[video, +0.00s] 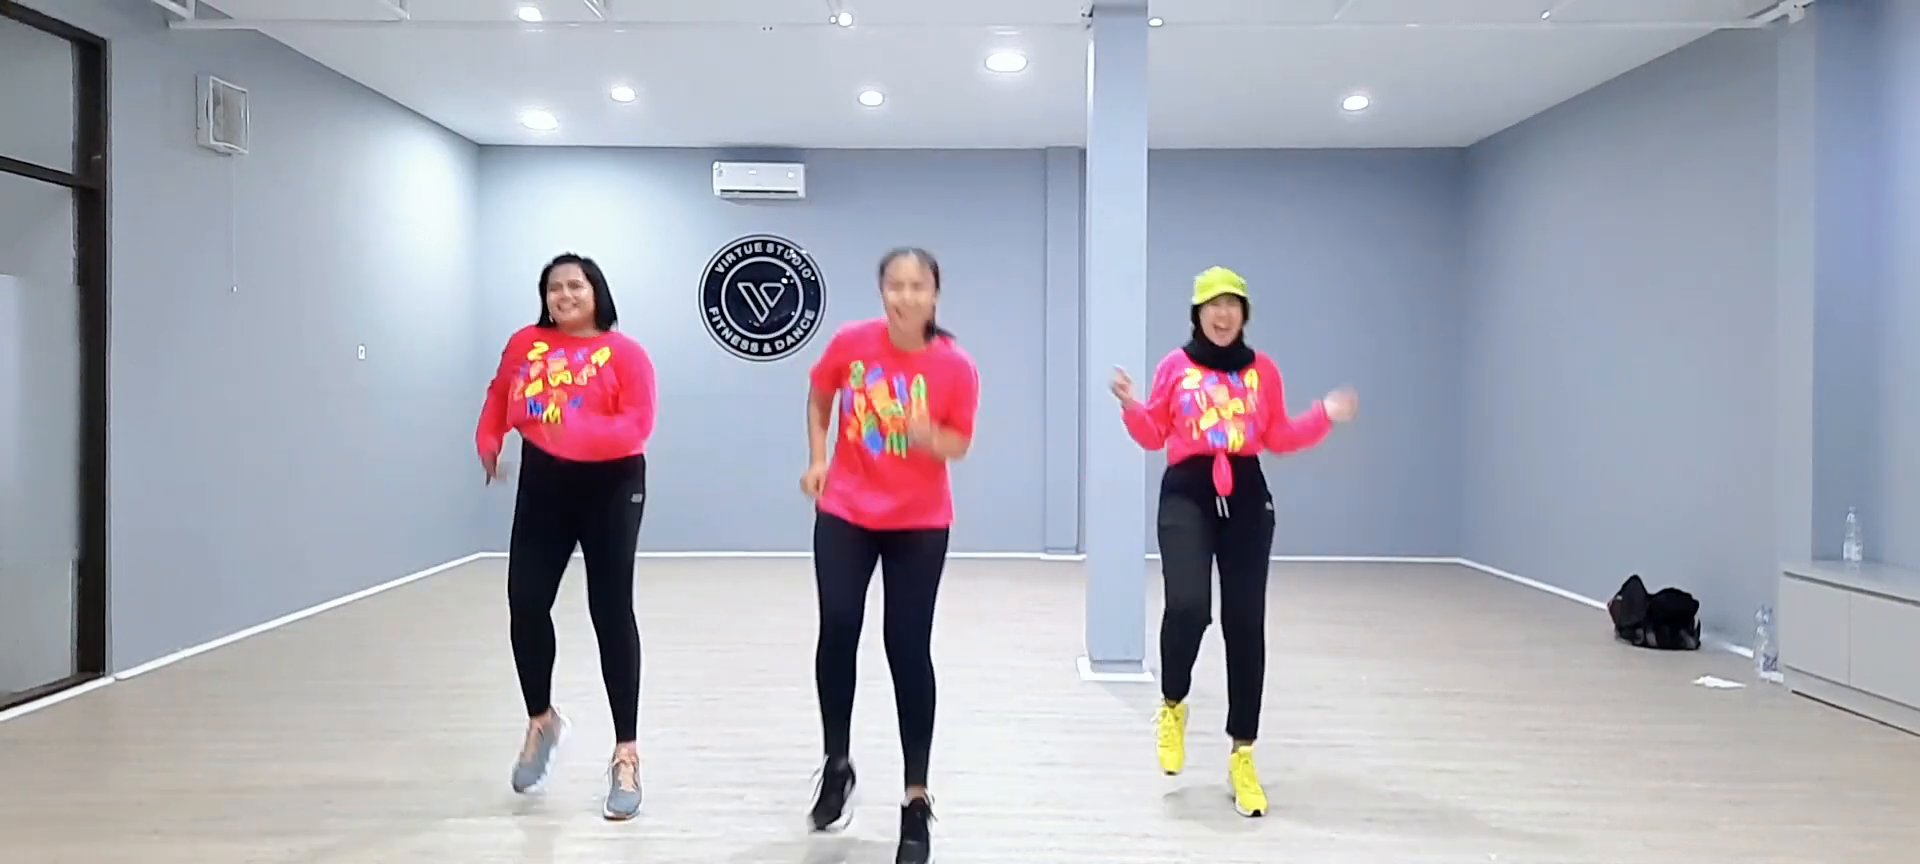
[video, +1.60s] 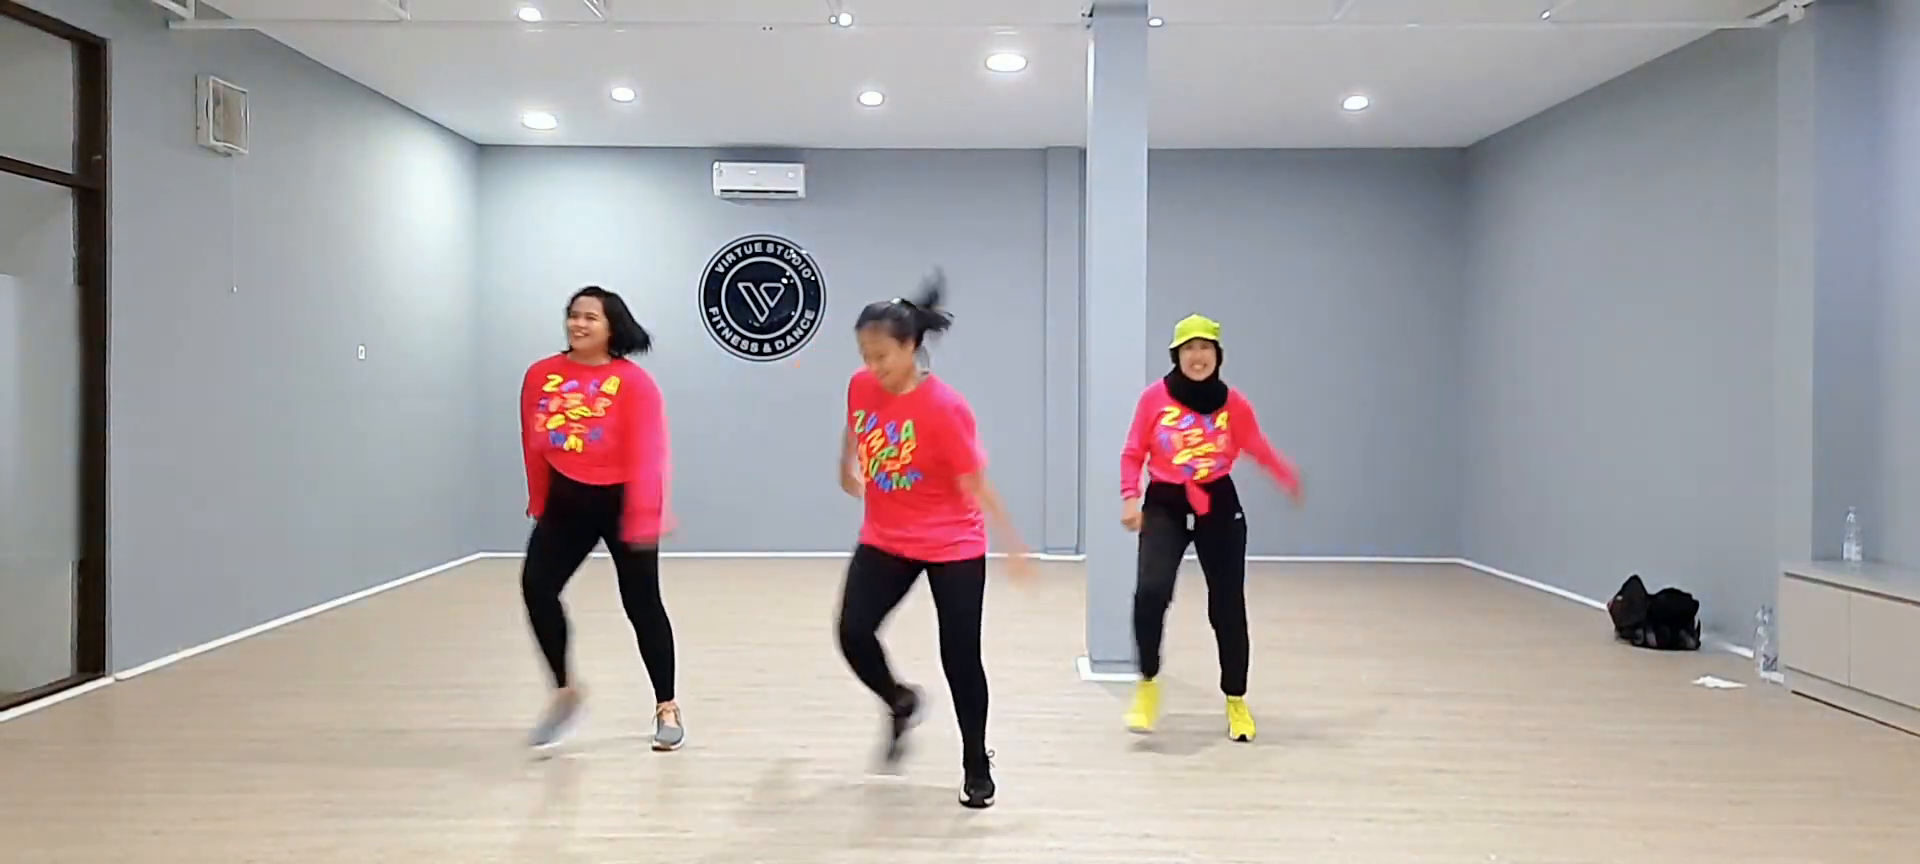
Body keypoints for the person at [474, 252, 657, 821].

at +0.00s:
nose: (566, 294)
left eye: (577, 284)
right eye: (555, 287)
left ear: (599, 293)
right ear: (545, 299)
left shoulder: (627, 354)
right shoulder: (525, 344)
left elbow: (638, 427)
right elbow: (500, 396)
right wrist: (489, 438)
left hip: (612, 490)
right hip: (544, 485)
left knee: (612, 611)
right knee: (525, 603)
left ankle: (626, 753)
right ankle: (541, 719)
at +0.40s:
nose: (556, 299)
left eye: (566, 290)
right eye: (547, 291)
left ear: (585, 298)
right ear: (533, 299)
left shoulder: (616, 339)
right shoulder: (515, 358)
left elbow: (657, 388)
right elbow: (485, 427)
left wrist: (626, 436)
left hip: (602, 477)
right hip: (538, 476)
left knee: (596, 581)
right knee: (541, 599)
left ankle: (604, 697)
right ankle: (532, 728)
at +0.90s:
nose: (575, 312)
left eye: (584, 302)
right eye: (565, 304)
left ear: (602, 305)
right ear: (553, 310)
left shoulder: (630, 345)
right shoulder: (534, 354)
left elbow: (672, 404)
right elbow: (512, 418)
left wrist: (627, 387)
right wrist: (502, 477)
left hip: (621, 474)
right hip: (560, 473)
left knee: (614, 580)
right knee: (562, 581)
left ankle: (613, 694)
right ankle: (578, 676)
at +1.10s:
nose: (572, 334)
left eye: (580, 325)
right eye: (563, 327)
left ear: (597, 330)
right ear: (551, 334)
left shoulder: (634, 378)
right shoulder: (535, 389)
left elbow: (668, 428)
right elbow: (518, 456)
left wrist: (643, 448)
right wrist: (506, 520)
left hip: (625, 500)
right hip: (563, 502)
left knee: (635, 584)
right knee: (573, 600)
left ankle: (627, 689)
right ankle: (585, 697)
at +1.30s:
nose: (580, 305)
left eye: (591, 297)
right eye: (571, 297)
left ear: (609, 304)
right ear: (560, 306)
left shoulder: (633, 345)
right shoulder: (538, 353)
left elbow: (684, 393)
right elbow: (508, 403)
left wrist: (719, 449)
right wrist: (533, 452)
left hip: (639, 465)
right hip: (581, 472)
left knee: (640, 565)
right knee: (581, 580)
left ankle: (663, 683)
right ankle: (607, 679)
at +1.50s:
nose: (593, 331)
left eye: (604, 326)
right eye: (588, 323)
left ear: (625, 337)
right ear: (579, 330)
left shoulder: (643, 390)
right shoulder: (551, 380)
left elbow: (688, 447)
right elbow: (533, 442)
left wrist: (739, 489)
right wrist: (536, 498)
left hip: (642, 501)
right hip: (583, 503)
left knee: (650, 603)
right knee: (568, 604)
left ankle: (669, 708)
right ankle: (613, 683)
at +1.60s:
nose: (579, 323)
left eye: (590, 317)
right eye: (574, 316)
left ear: (612, 327)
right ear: (566, 322)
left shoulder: (634, 382)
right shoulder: (541, 376)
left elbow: (650, 456)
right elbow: (534, 447)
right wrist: (539, 504)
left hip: (626, 501)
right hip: (568, 503)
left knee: (642, 601)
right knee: (537, 587)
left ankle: (667, 707)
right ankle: (565, 691)